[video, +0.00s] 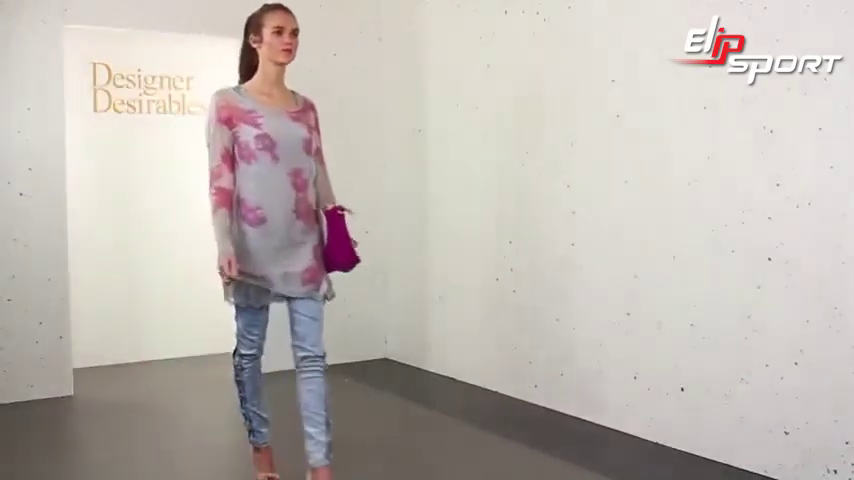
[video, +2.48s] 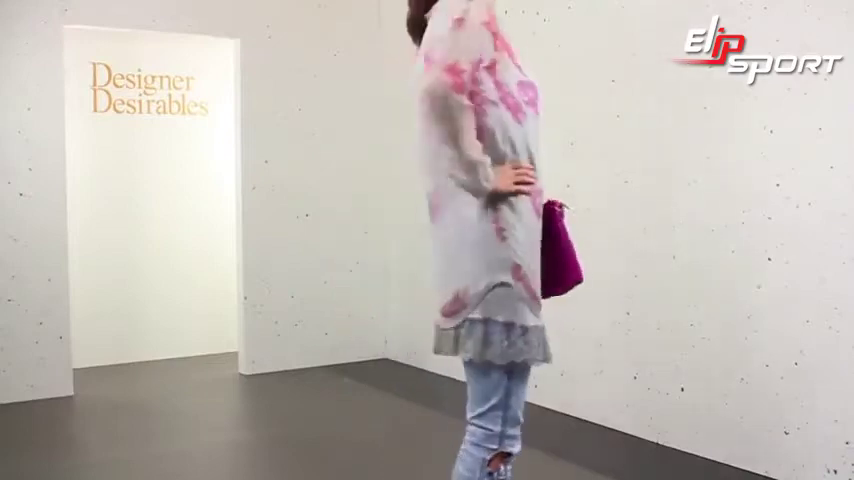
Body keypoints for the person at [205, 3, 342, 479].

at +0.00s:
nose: (289, 41)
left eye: (293, 34)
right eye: (279, 33)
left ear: (297, 42)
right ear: (256, 39)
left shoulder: (305, 107)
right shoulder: (227, 103)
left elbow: (319, 177)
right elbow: (220, 181)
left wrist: (335, 236)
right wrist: (224, 244)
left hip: (305, 245)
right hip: (251, 246)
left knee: (311, 355)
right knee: (249, 352)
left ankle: (320, 465)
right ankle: (260, 444)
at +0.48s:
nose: (335, 13)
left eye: (340, 5)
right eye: (323, 5)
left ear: (347, 15)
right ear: (299, 18)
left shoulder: (360, 93)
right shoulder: (274, 88)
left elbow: (373, 169)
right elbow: (259, 173)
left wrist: (390, 231)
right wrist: (252, 251)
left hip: (351, 241)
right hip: (295, 239)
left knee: (344, 367)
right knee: (331, 365)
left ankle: (329, 470)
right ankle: (320, 471)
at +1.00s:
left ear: (399, 4)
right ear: (352, 1)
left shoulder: (420, 83)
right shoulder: (324, 79)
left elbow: (435, 173)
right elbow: (310, 178)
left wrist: (453, 251)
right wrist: (302, 268)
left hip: (409, 257)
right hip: (344, 256)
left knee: (408, 397)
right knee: (360, 393)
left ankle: (382, 468)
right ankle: (367, 476)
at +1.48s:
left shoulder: (479, 76)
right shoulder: (372, 63)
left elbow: (496, 176)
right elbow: (357, 176)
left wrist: (521, 257)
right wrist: (345, 278)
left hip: (474, 273)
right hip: (397, 271)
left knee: (480, 421)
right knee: (394, 414)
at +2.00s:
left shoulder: (507, 58)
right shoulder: (416, 42)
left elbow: (533, 164)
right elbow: (347, 140)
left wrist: (556, 257)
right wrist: (348, 245)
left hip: (506, 264)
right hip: (450, 266)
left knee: (494, 440)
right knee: (484, 441)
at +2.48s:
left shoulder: (482, 25)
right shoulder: (464, 14)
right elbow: (443, 96)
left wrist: (529, 186)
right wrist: (485, 178)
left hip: (511, 255)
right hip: (485, 258)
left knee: (505, 439)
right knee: (487, 436)